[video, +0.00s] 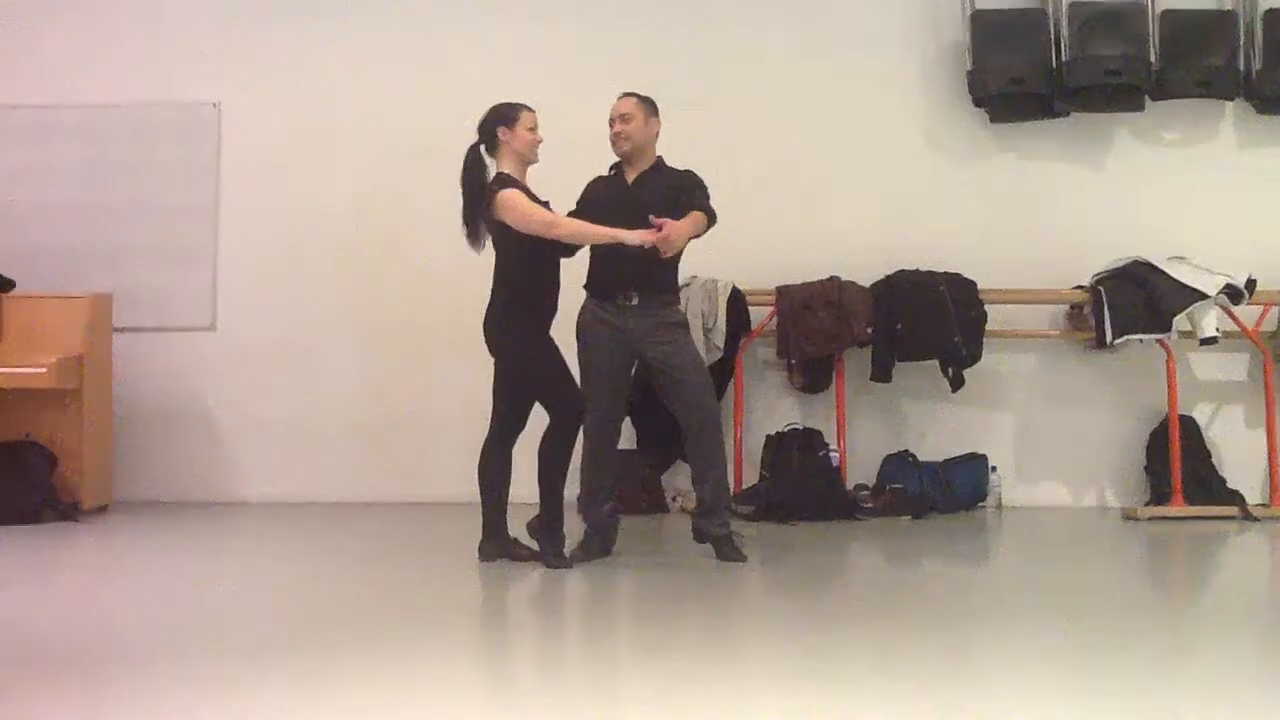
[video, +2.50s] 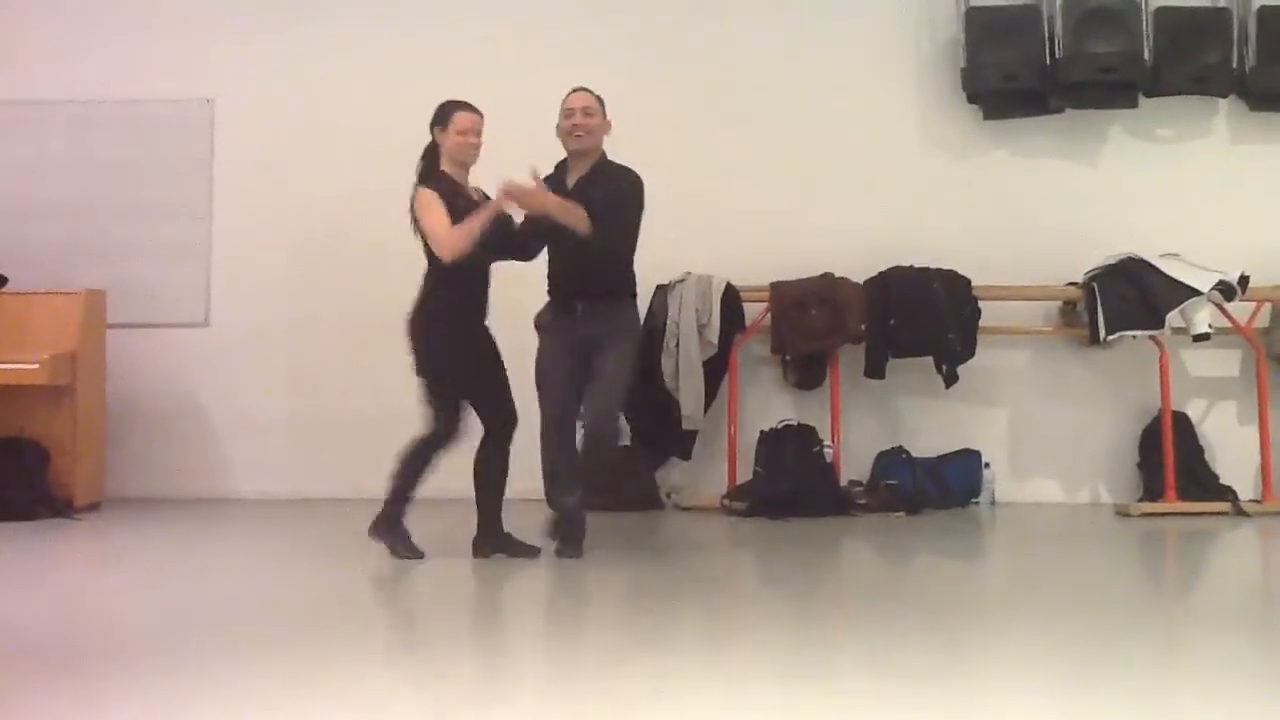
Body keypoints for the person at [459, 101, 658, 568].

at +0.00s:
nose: (540, 137)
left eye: (538, 129)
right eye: (532, 129)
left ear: (510, 136)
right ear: (504, 135)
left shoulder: (518, 192)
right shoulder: (505, 195)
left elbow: (554, 245)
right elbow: (559, 231)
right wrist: (627, 235)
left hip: (524, 324)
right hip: (517, 327)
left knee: (504, 428)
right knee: (568, 410)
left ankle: (494, 536)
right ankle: (550, 523)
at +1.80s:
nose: (532, 137)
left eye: (532, 129)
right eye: (524, 129)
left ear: (506, 135)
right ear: (495, 132)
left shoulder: (514, 185)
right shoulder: (502, 188)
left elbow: (568, 198)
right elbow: (567, 195)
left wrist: (617, 176)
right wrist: (622, 174)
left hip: (518, 318)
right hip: (514, 322)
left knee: (502, 426)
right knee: (567, 409)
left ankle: (494, 532)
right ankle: (548, 518)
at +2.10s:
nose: (514, 137)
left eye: (515, 129)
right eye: (507, 128)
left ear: (490, 134)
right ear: (478, 129)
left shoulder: (497, 180)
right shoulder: (481, 187)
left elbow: (551, 192)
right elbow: (545, 211)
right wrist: (615, 200)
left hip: (502, 317)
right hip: (498, 321)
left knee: (499, 421)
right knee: (558, 402)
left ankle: (490, 531)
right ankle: (545, 519)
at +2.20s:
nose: (504, 141)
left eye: (504, 132)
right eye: (496, 132)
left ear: (480, 137)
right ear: (466, 134)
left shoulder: (487, 189)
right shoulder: (464, 197)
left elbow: (534, 212)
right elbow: (502, 261)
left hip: (490, 322)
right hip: (480, 326)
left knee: (494, 424)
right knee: (546, 404)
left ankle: (489, 531)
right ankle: (521, 520)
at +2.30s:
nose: (496, 141)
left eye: (497, 132)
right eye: (487, 131)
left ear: (483, 137)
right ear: (458, 133)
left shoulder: (479, 189)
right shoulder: (454, 196)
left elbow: (514, 231)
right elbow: (473, 267)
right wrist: (544, 272)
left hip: (489, 320)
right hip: (471, 324)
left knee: (532, 411)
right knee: (496, 422)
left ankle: (479, 506)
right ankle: (488, 531)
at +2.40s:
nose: (487, 143)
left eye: (489, 135)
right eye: (478, 134)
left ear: (483, 141)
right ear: (449, 136)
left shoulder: (471, 190)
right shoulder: (444, 195)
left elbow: (491, 242)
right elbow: (459, 263)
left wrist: (528, 235)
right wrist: (517, 247)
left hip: (481, 321)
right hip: (462, 325)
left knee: (496, 424)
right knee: (498, 424)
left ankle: (492, 533)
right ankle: (429, 501)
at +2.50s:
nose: (474, 141)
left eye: (478, 134)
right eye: (465, 133)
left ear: (481, 141)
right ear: (439, 136)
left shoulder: (475, 196)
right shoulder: (429, 193)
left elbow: (512, 246)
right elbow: (447, 248)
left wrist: (537, 209)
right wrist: (495, 209)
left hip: (470, 325)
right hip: (437, 325)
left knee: (501, 421)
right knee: (446, 426)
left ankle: (489, 532)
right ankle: (389, 518)